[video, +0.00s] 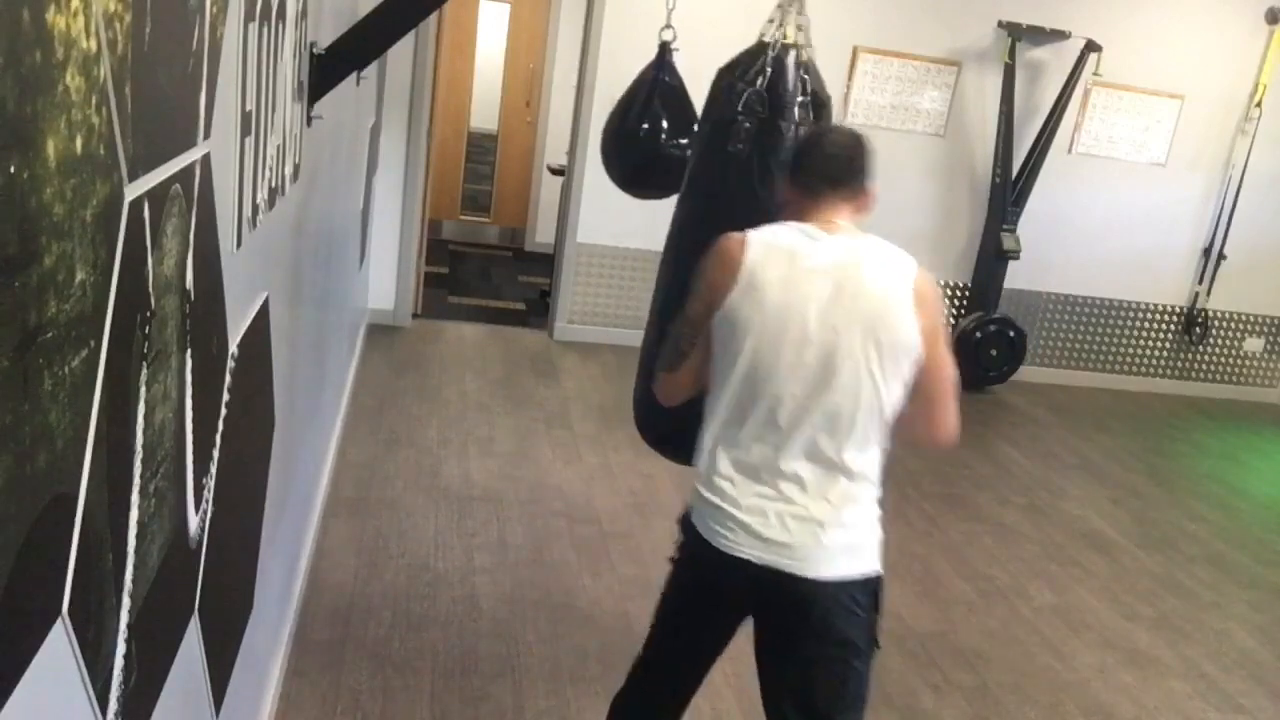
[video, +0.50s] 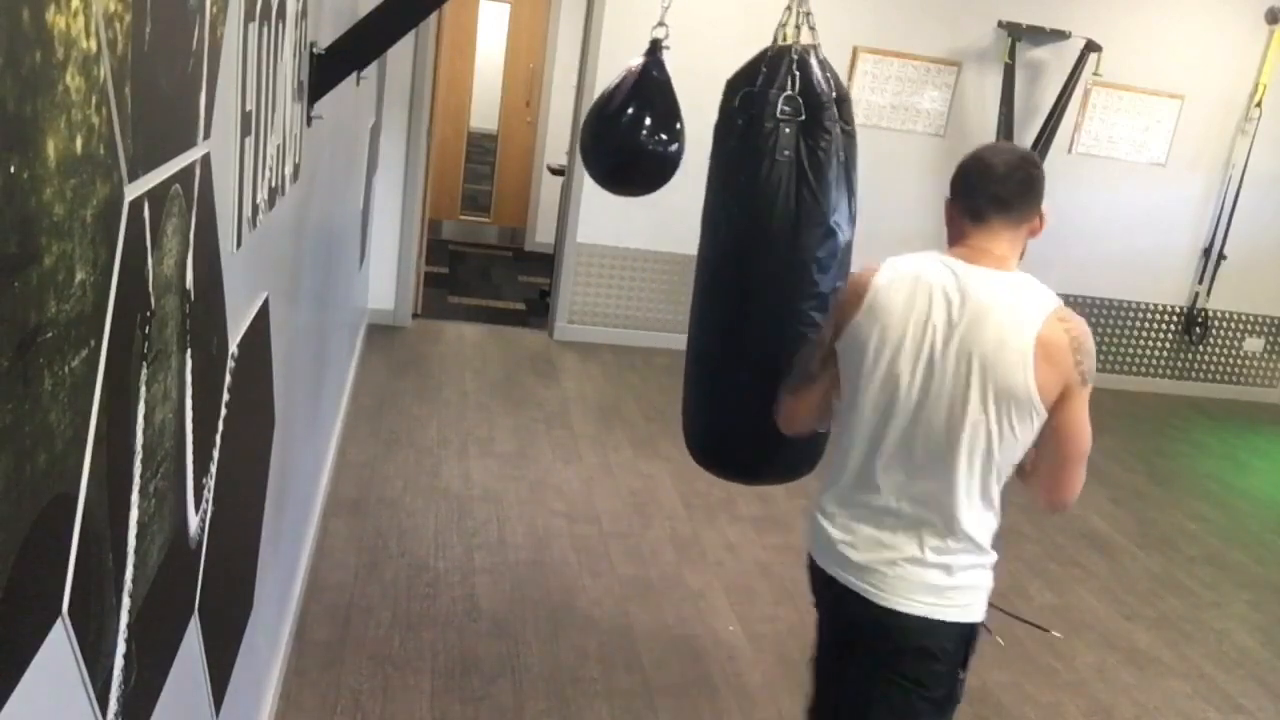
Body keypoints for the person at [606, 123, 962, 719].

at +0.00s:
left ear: (788, 190)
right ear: (867, 197)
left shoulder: (738, 254)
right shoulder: (912, 282)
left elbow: (671, 386)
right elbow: (940, 427)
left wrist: (747, 345)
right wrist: (864, 398)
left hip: (720, 545)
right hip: (832, 572)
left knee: (649, 699)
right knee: (821, 712)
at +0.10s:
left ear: (841, 205)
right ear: (920, 214)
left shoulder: (774, 275)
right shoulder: (961, 314)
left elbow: (699, 406)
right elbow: (973, 467)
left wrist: (763, 365)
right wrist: (898, 426)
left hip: (750, 569)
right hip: (862, 599)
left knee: (667, 704)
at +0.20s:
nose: (972, 218)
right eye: (974, 205)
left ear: (888, 196)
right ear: (971, 210)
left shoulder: (809, 272)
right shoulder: (994, 315)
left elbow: (726, 402)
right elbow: (1011, 481)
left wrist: (789, 368)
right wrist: (956, 434)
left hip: (780, 564)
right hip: (886, 597)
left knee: (719, 689)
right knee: (869, 711)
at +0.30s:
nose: (1012, 201)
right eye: (1014, 189)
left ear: (925, 178)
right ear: (1012, 195)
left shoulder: (839, 252)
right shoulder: (1026, 301)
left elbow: (749, 379)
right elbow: (1039, 472)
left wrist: (821, 358)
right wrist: (985, 415)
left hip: (803, 549)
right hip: (903, 589)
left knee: (760, 686)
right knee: (877, 709)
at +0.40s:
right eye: (1036, 195)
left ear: (942, 187)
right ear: (1031, 202)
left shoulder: (860, 256)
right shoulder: (1050, 308)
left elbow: (771, 381)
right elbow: (1053, 474)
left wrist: (840, 358)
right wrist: (999, 416)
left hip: (822, 549)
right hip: (922, 588)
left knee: (799, 701)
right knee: (895, 707)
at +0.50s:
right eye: (1041, 217)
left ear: (950, 212)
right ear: (1037, 224)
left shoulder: (870, 289)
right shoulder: (1061, 335)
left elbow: (794, 414)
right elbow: (1060, 489)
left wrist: (873, 378)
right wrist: (1006, 429)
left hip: (837, 564)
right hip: (936, 601)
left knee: (830, 705)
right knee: (912, 707)